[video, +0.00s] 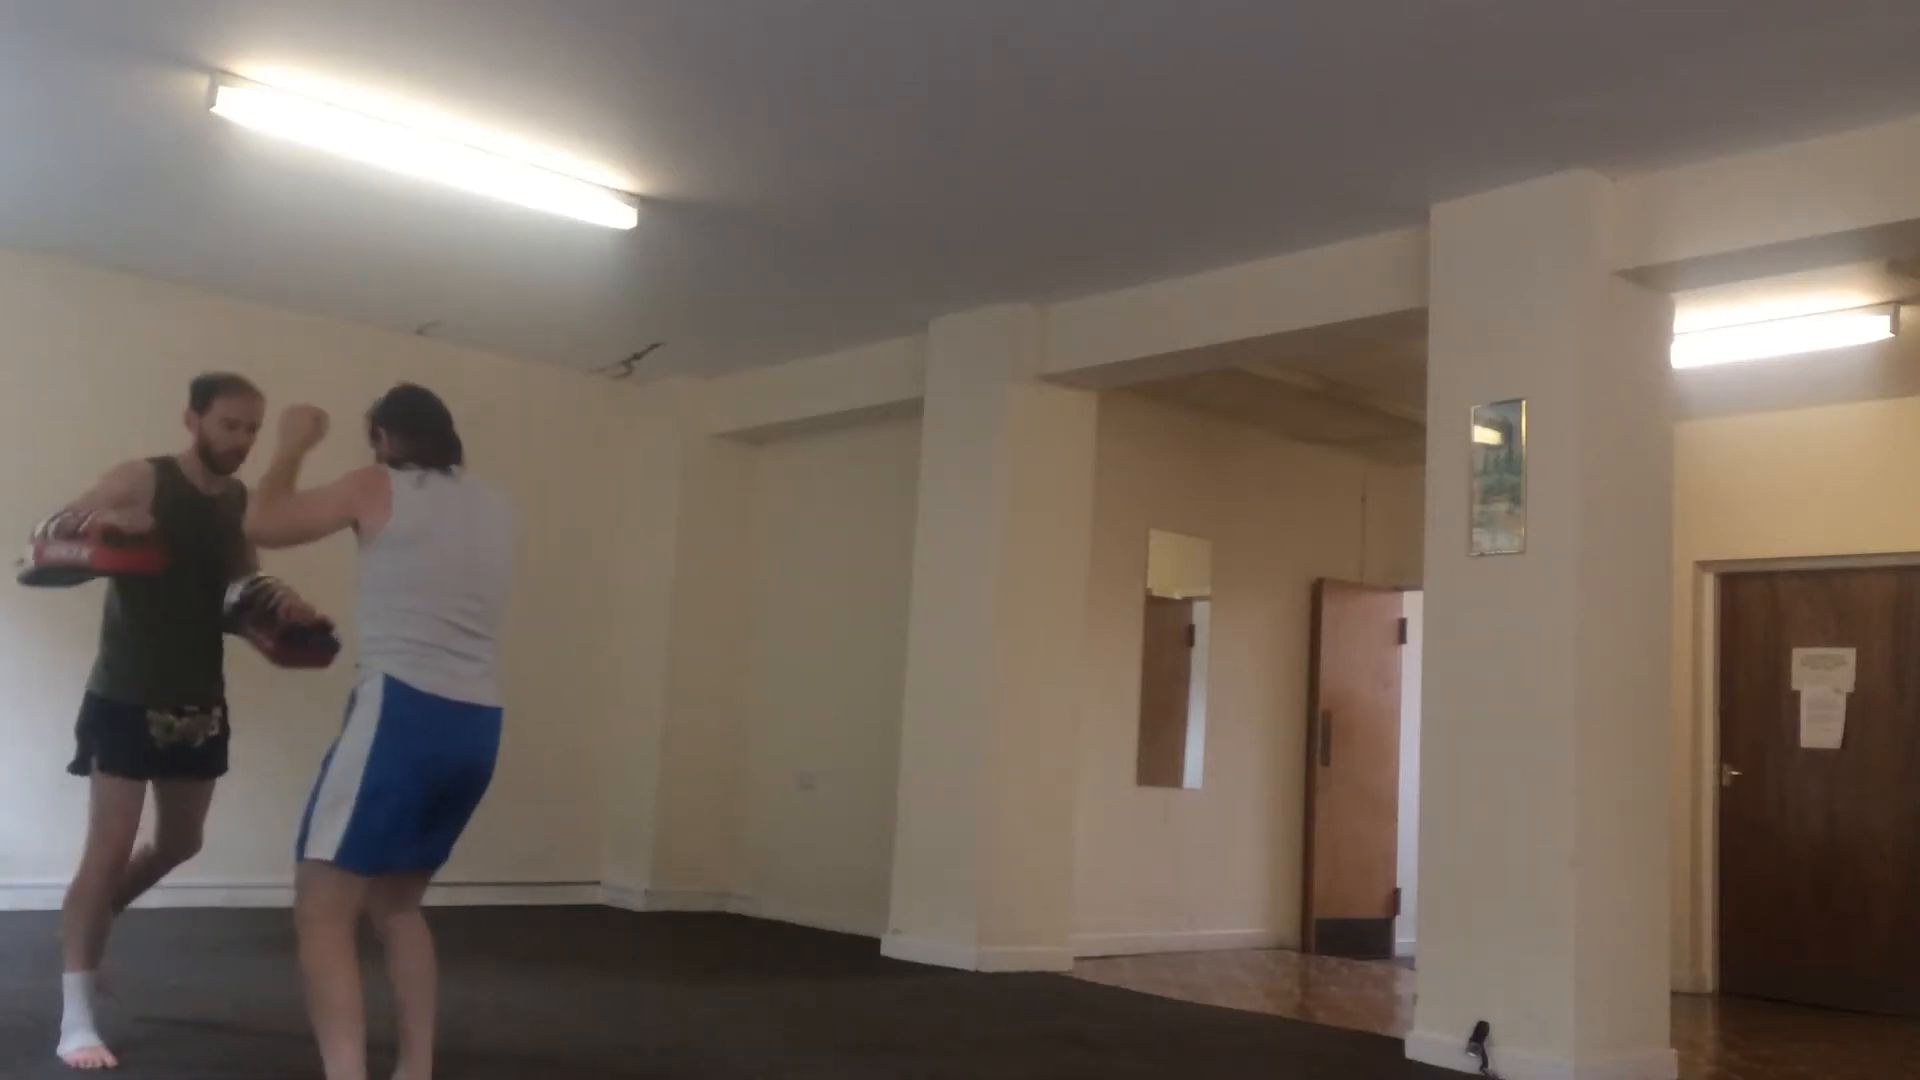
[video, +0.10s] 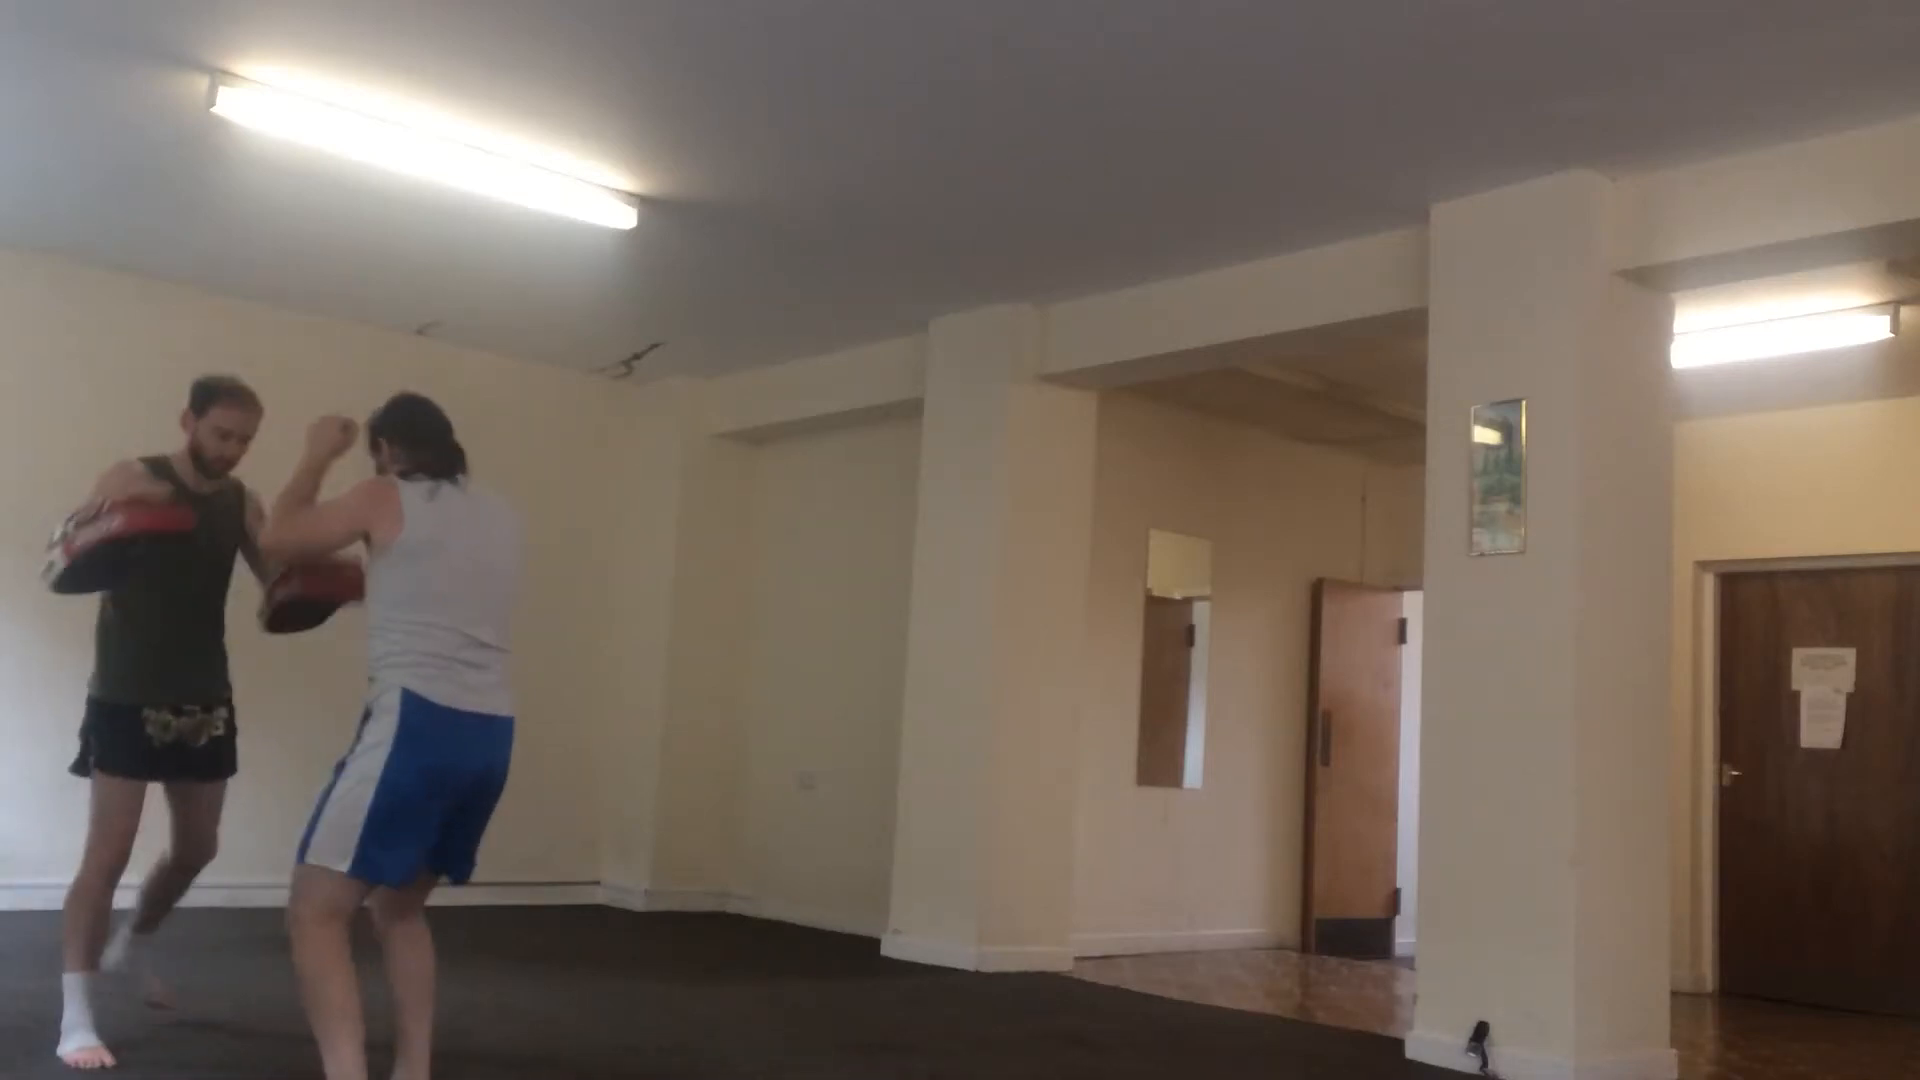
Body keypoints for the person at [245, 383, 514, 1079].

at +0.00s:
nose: (371, 452)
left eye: (373, 441)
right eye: (372, 442)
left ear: (386, 439)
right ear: (448, 437)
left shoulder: (380, 487)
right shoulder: (495, 507)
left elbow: (263, 523)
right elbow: (449, 610)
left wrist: (290, 447)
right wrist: (334, 632)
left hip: (395, 719)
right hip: (473, 730)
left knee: (322, 907)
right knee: (398, 903)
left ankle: (345, 1070)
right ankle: (416, 1068)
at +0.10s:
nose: (375, 461)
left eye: (376, 452)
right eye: (376, 453)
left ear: (389, 450)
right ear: (448, 448)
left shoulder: (388, 499)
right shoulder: (499, 515)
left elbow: (277, 538)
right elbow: (441, 586)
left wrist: (315, 459)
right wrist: (346, 583)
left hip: (408, 731)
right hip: (486, 741)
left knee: (316, 910)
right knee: (401, 904)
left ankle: (346, 1071)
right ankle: (414, 1069)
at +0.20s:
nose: (378, 453)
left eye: (379, 441)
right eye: (378, 439)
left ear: (394, 444)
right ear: (452, 444)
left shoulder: (390, 493)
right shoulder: (504, 510)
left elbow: (289, 536)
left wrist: (331, 457)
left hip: (414, 724)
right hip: (491, 734)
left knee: (325, 911)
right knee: (406, 904)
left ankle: (376, 1071)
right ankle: (416, 1068)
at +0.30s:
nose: (374, 441)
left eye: (377, 430)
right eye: (377, 430)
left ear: (394, 437)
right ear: (455, 439)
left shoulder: (390, 485)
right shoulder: (504, 504)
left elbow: (291, 528)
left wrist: (344, 453)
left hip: (416, 717)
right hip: (492, 727)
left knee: (348, 921)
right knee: (415, 909)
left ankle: (412, 1068)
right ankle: (419, 1067)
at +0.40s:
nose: (379, 444)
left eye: (383, 436)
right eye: (382, 435)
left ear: (396, 445)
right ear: (459, 446)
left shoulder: (388, 490)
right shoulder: (509, 512)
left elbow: (291, 533)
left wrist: (346, 458)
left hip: (416, 726)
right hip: (495, 737)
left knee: (368, 936)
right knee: (418, 915)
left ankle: (417, 1070)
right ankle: (417, 1066)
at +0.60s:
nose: (381, 436)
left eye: (384, 427)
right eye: (385, 427)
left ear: (398, 431)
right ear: (461, 434)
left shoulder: (384, 477)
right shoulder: (510, 500)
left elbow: (289, 533)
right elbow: (454, 589)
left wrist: (342, 459)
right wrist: (354, 588)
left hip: (418, 715)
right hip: (501, 725)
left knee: (373, 922)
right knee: (422, 907)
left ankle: (416, 1071)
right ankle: (403, 1063)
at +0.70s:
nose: (381, 430)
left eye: (386, 422)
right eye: (386, 422)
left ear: (399, 429)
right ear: (462, 432)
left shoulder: (383, 474)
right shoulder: (511, 497)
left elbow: (288, 526)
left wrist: (344, 453)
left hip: (416, 713)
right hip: (501, 722)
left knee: (381, 922)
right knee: (426, 906)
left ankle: (419, 1071)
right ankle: (405, 1064)